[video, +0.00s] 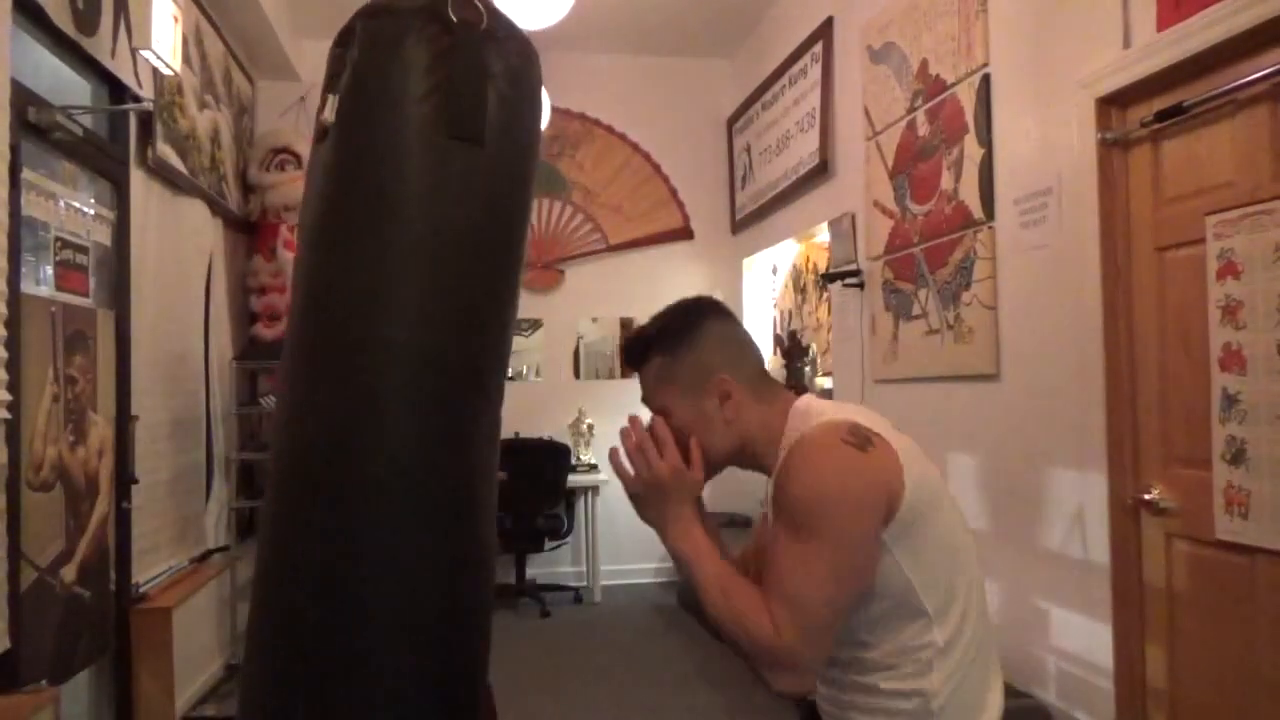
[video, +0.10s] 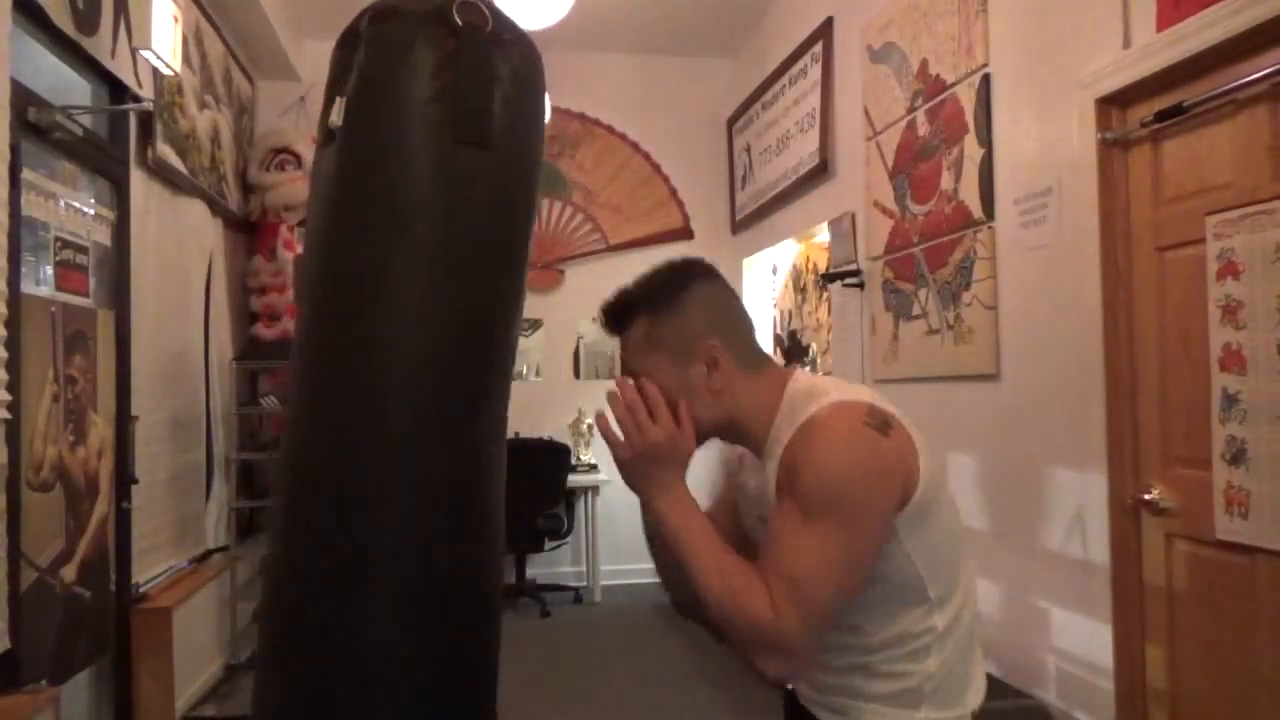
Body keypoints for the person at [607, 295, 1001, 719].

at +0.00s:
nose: (661, 436)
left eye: (665, 416)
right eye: (656, 418)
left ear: (723, 396)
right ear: (725, 394)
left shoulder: (832, 459)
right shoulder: (808, 448)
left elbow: (790, 665)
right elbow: (744, 593)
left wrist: (679, 521)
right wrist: (681, 514)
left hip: (913, 709)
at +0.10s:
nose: (640, 408)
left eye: (647, 386)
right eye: (636, 388)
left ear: (712, 367)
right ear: (714, 367)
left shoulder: (844, 442)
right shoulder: (754, 439)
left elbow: (779, 638)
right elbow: (701, 598)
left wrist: (664, 489)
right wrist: (656, 490)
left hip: (898, 707)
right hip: (812, 696)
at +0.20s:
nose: (619, 370)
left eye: (627, 345)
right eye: (614, 348)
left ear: (699, 333)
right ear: (701, 335)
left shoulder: (843, 412)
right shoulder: (716, 427)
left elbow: (761, 624)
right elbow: (656, 573)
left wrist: (641, 448)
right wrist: (627, 447)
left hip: (881, 705)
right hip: (788, 690)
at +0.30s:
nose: (592, 356)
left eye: (604, 332)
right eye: (591, 334)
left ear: (682, 322)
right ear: (683, 324)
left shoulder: (826, 410)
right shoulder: (695, 425)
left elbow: (735, 628)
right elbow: (631, 573)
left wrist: (616, 444)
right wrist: (605, 446)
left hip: (872, 706)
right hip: (777, 688)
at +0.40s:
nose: (575, 383)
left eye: (583, 362)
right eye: (574, 363)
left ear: (656, 353)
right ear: (657, 355)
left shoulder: (804, 434)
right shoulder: (696, 436)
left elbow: (724, 668)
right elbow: (634, 600)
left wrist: (597, 480)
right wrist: (588, 474)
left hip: (881, 706)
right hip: (796, 699)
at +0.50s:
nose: (566, 434)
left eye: (571, 410)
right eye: (563, 413)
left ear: (640, 397)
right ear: (646, 396)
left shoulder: (778, 474)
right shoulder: (715, 451)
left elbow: (724, 696)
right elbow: (675, 602)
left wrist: (597, 541)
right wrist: (602, 514)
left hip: (893, 709)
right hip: (818, 695)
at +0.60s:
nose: (582, 459)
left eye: (584, 437)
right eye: (577, 440)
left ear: (640, 425)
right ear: (644, 424)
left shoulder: (762, 495)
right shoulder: (747, 460)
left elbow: (718, 701)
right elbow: (692, 628)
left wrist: (603, 561)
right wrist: (624, 525)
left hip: (901, 710)